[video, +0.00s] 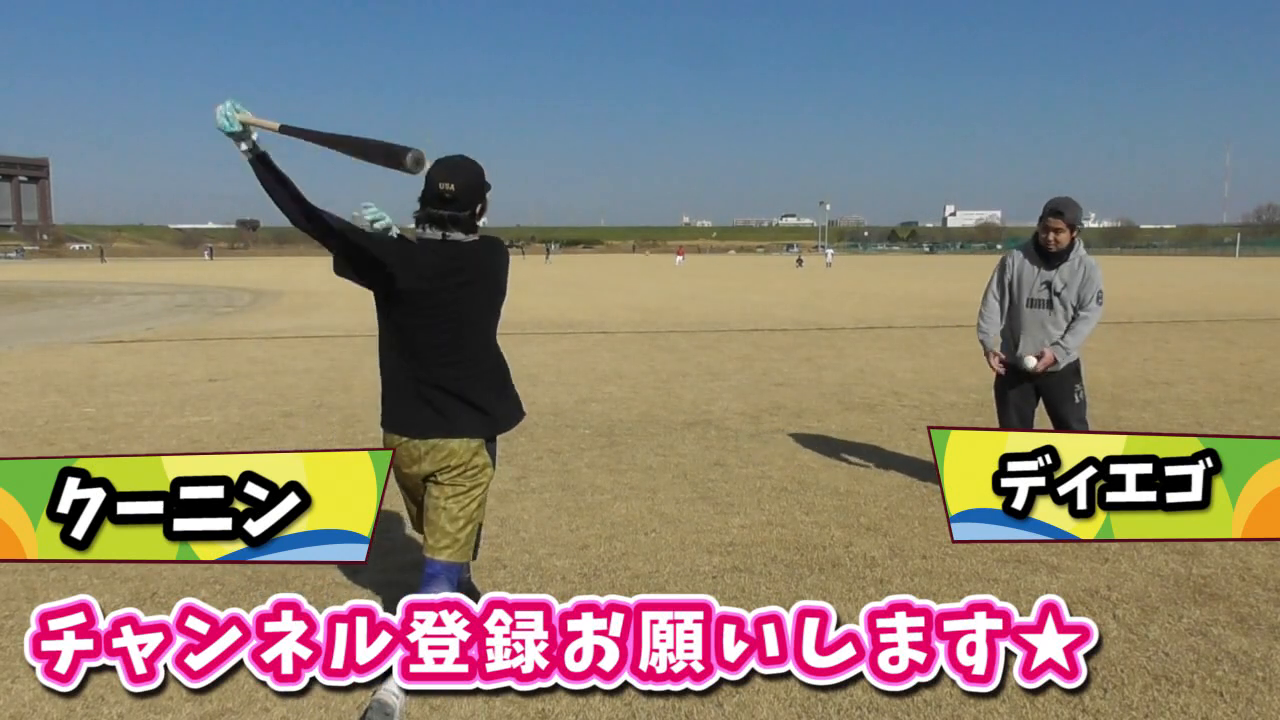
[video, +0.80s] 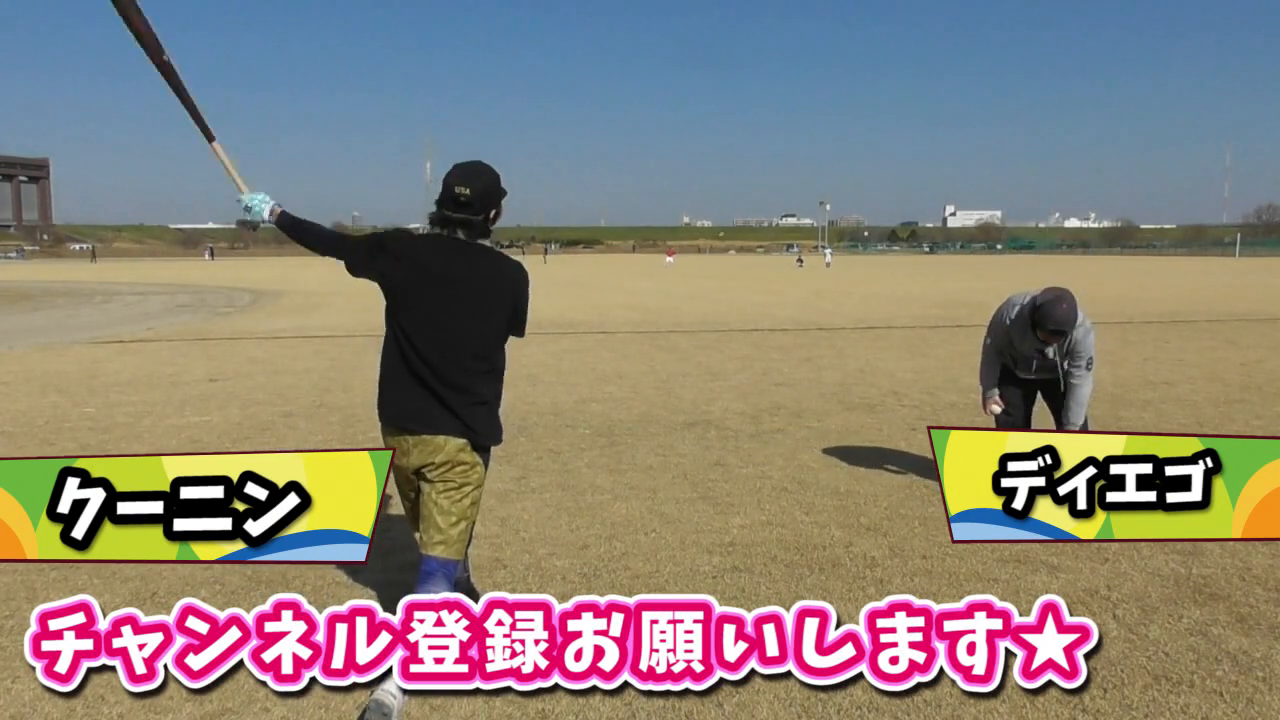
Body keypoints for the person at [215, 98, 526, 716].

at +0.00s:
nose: (485, 207)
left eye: (476, 198)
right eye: (484, 200)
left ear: (424, 203)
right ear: (478, 208)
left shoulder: (390, 254)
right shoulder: (493, 256)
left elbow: (305, 215)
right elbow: (444, 257)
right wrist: (394, 236)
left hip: (402, 435)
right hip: (464, 439)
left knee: (442, 549)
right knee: (444, 570)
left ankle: (479, 636)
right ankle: (393, 693)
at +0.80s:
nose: (497, 213)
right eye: (496, 206)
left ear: (442, 202)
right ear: (492, 213)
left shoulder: (401, 250)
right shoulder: (508, 273)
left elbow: (334, 243)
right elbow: (512, 328)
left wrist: (274, 215)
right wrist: (466, 290)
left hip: (401, 423)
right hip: (463, 432)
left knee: (436, 543)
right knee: (438, 564)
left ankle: (470, 621)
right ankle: (394, 690)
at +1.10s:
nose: (505, 209)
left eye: (503, 201)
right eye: (503, 203)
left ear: (450, 201)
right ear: (492, 209)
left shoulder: (409, 250)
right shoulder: (502, 269)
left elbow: (383, 316)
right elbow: (507, 336)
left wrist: (360, 372)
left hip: (395, 411)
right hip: (450, 419)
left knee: (443, 510)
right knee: (434, 553)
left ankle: (460, 592)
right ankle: (392, 678)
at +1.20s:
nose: (497, 205)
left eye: (494, 197)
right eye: (494, 198)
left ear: (443, 199)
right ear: (482, 204)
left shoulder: (409, 248)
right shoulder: (482, 260)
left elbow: (399, 324)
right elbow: (488, 343)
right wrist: (502, 409)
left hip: (388, 400)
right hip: (435, 408)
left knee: (453, 490)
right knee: (432, 548)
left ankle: (458, 580)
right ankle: (378, 670)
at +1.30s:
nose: (485, 202)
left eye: (482, 194)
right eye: (481, 195)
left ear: (436, 200)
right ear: (465, 201)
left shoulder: (414, 244)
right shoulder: (456, 257)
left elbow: (453, 333)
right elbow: (479, 340)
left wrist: (510, 385)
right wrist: (526, 394)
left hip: (390, 402)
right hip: (418, 410)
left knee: (458, 503)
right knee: (430, 544)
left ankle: (462, 611)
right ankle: (347, 668)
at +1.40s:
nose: (469, 203)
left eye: (467, 194)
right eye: (465, 196)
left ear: (427, 201)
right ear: (446, 202)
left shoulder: (425, 250)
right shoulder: (419, 257)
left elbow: (473, 322)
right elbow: (471, 329)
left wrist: (538, 350)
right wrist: (544, 360)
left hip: (422, 422)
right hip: (400, 426)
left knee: (470, 508)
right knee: (424, 556)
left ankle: (464, 620)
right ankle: (326, 679)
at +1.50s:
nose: (452, 205)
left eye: (449, 196)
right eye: (446, 197)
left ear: (416, 204)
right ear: (426, 204)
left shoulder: (424, 256)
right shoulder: (395, 262)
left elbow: (473, 318)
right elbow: (461, 326)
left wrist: (549, 332)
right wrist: (549, 332)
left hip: (420, 430)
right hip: (388, 436)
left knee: (466, 509)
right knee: (398, 566)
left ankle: (468, 615)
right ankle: (315, 689)